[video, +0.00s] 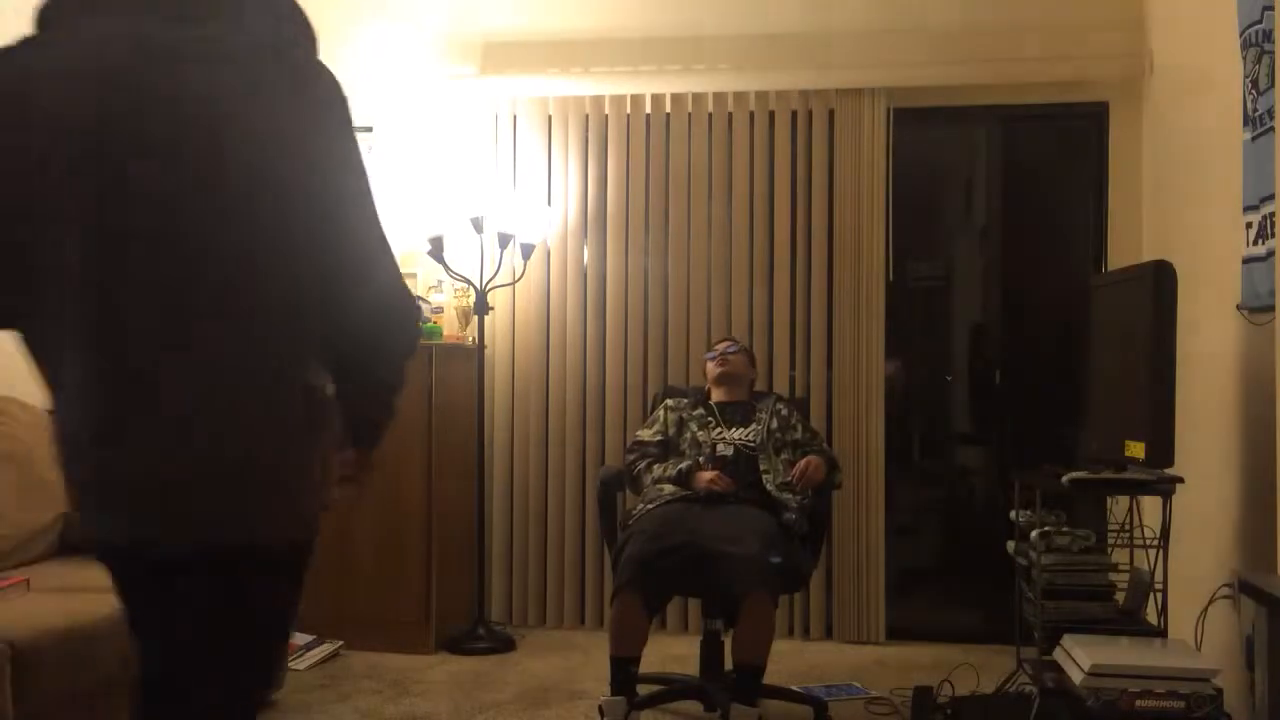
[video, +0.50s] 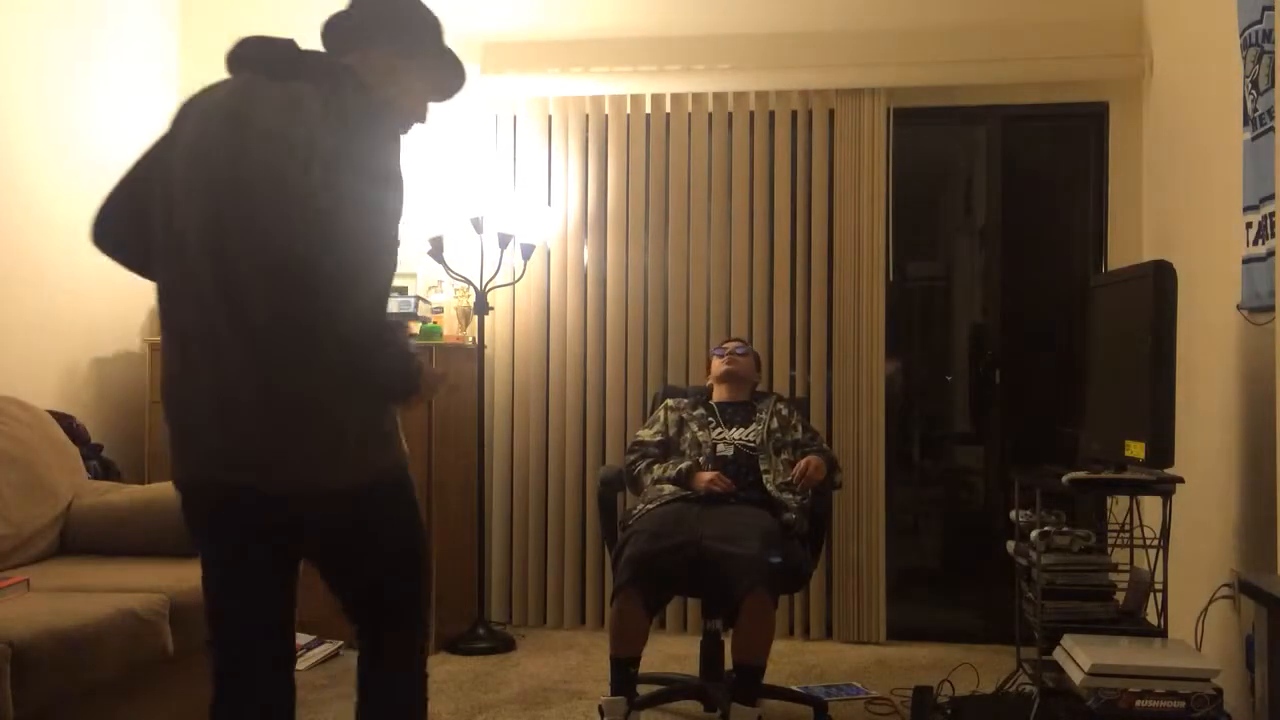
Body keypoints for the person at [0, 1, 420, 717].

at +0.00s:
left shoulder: (21, 75)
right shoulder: (278, 69)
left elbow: (17, 283)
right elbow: (370, 295)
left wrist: (81, 378)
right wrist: (360, 421)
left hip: (107, 448)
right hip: (260, 446)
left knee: (171, 687)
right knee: (224, 696)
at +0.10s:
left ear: (130, 2)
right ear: (275, 8)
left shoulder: (66, 88)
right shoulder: (309, 91)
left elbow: (16, 266)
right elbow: (384, 299)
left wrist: (106, 269)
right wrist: (369, 401)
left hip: (145, 449)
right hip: (288, 440)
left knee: (201, 680)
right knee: (283, 684)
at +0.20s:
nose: (341, 74)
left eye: (347, 62)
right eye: (340, 56)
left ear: (237, 21)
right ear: (309, 30)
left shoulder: (109, 104)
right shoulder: (333, 110)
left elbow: (9, 229)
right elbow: (390, 303)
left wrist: (119, 266)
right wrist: (374, 400)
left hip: (172, 471)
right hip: (309, 459)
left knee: (226, 691)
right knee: (348, 678)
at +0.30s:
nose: (373, 100)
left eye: (376, 84)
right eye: (370, 79)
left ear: (279, 41)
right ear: (337, 55)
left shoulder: (151, 106)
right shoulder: (351, 129)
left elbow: (48, 234)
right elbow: (387, 304)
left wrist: (157, 276)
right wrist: (380, 401)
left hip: (185, 463)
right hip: (312, 453)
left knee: (234, 685)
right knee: (390, 627)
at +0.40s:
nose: (396, 110)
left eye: (402, 94)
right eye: (396, 87)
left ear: (323, 52)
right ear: (358, 59)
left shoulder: (182, 106)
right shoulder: (352, 126)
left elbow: (89, 225)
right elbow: (371, 277)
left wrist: (192, 273)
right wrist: (391, 384)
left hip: (203, 452)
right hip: (324, 442)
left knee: (245, 670)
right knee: (400, 604)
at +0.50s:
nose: (422, 114)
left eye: (430, 96)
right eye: (424, 89)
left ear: (348, 52)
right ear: (381, 60)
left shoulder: (212, 109)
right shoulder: (359, 132)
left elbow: (119, 224)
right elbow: (351, 315)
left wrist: (218, 283)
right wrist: (407, 368)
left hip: (218, 455)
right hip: (333, 452)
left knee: (249, 671)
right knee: (396, 644)